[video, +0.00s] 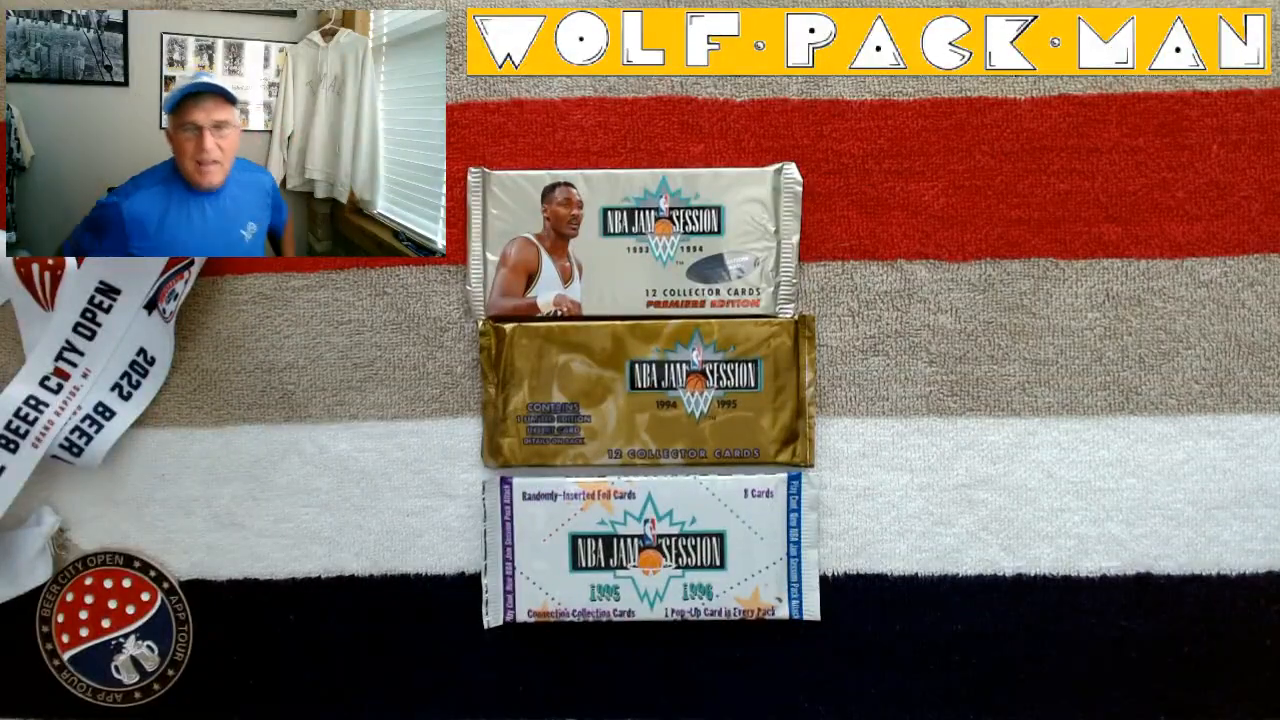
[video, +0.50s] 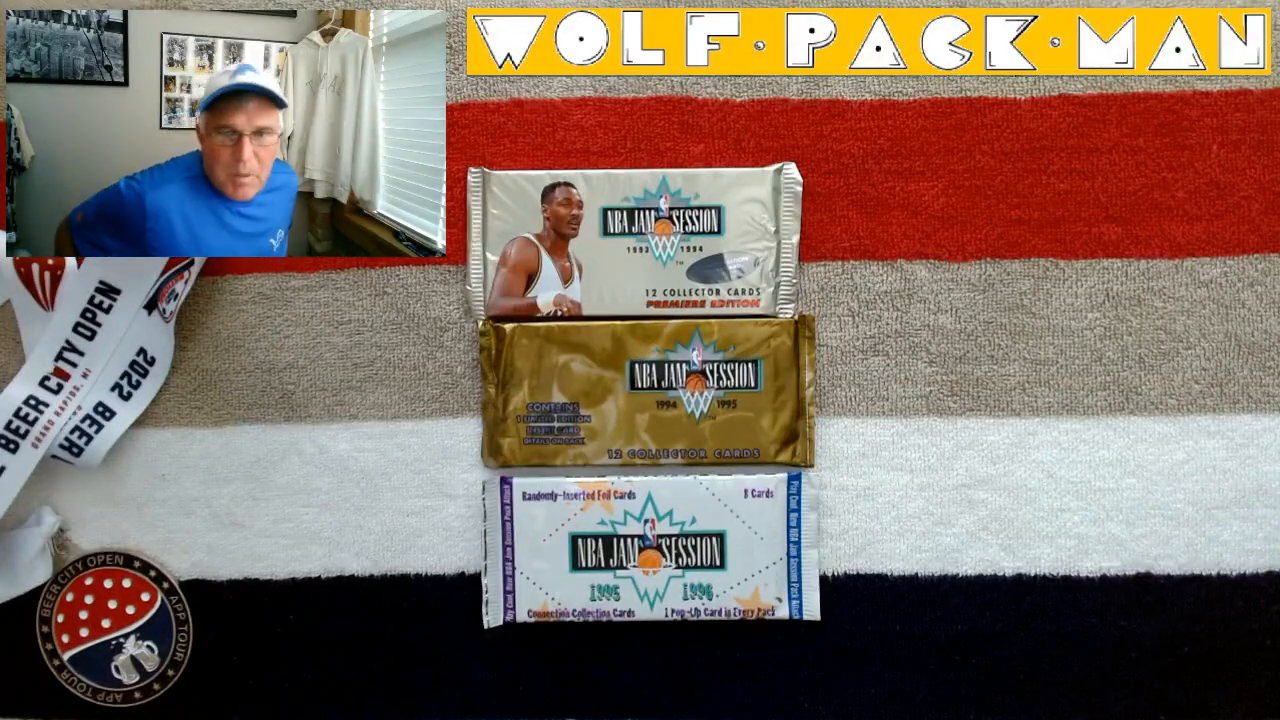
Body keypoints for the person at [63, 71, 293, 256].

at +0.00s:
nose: (207, 146)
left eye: (219, 128)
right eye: (191, 130)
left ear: (239, 132)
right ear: (170, 138)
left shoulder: (260, 186)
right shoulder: (127, 211)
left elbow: (283, 224)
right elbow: (65, 271)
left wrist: (289, 275)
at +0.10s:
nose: (217, 153)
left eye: (231, 135)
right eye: (202, 136)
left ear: (249, 138)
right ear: (178, 138)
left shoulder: (264, 183)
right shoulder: (132, 207)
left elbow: (276, 222)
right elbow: (68, 245)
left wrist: (281, 272)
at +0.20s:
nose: (230, 158)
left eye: (246, 139)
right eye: (213, 139)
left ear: (263, 141)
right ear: (188, 141)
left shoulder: (272, 183)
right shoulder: (137, 206)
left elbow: (274, 226)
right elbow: (68, 236)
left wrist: (274, 271)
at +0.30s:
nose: (237, 159)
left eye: (253, 140)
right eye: (218, 139)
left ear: (269, 141)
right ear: (194, 140)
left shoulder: (277, 185)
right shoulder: (141, 203)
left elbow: (277, 232)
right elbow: (67, 231)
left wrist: (274, 278)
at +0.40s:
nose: (241, 160)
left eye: (259, 138)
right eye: (224, 138)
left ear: (277, 139)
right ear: (198, 137)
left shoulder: (284, 186)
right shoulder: (144, 203)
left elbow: (272, 254)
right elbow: (69, 233)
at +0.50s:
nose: (245, 156)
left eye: (262, 135)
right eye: (227, 134)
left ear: (279, 138)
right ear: (201, 135)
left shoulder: (286, 183)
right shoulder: (146, 199)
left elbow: (274, 250)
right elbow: (70, 235)